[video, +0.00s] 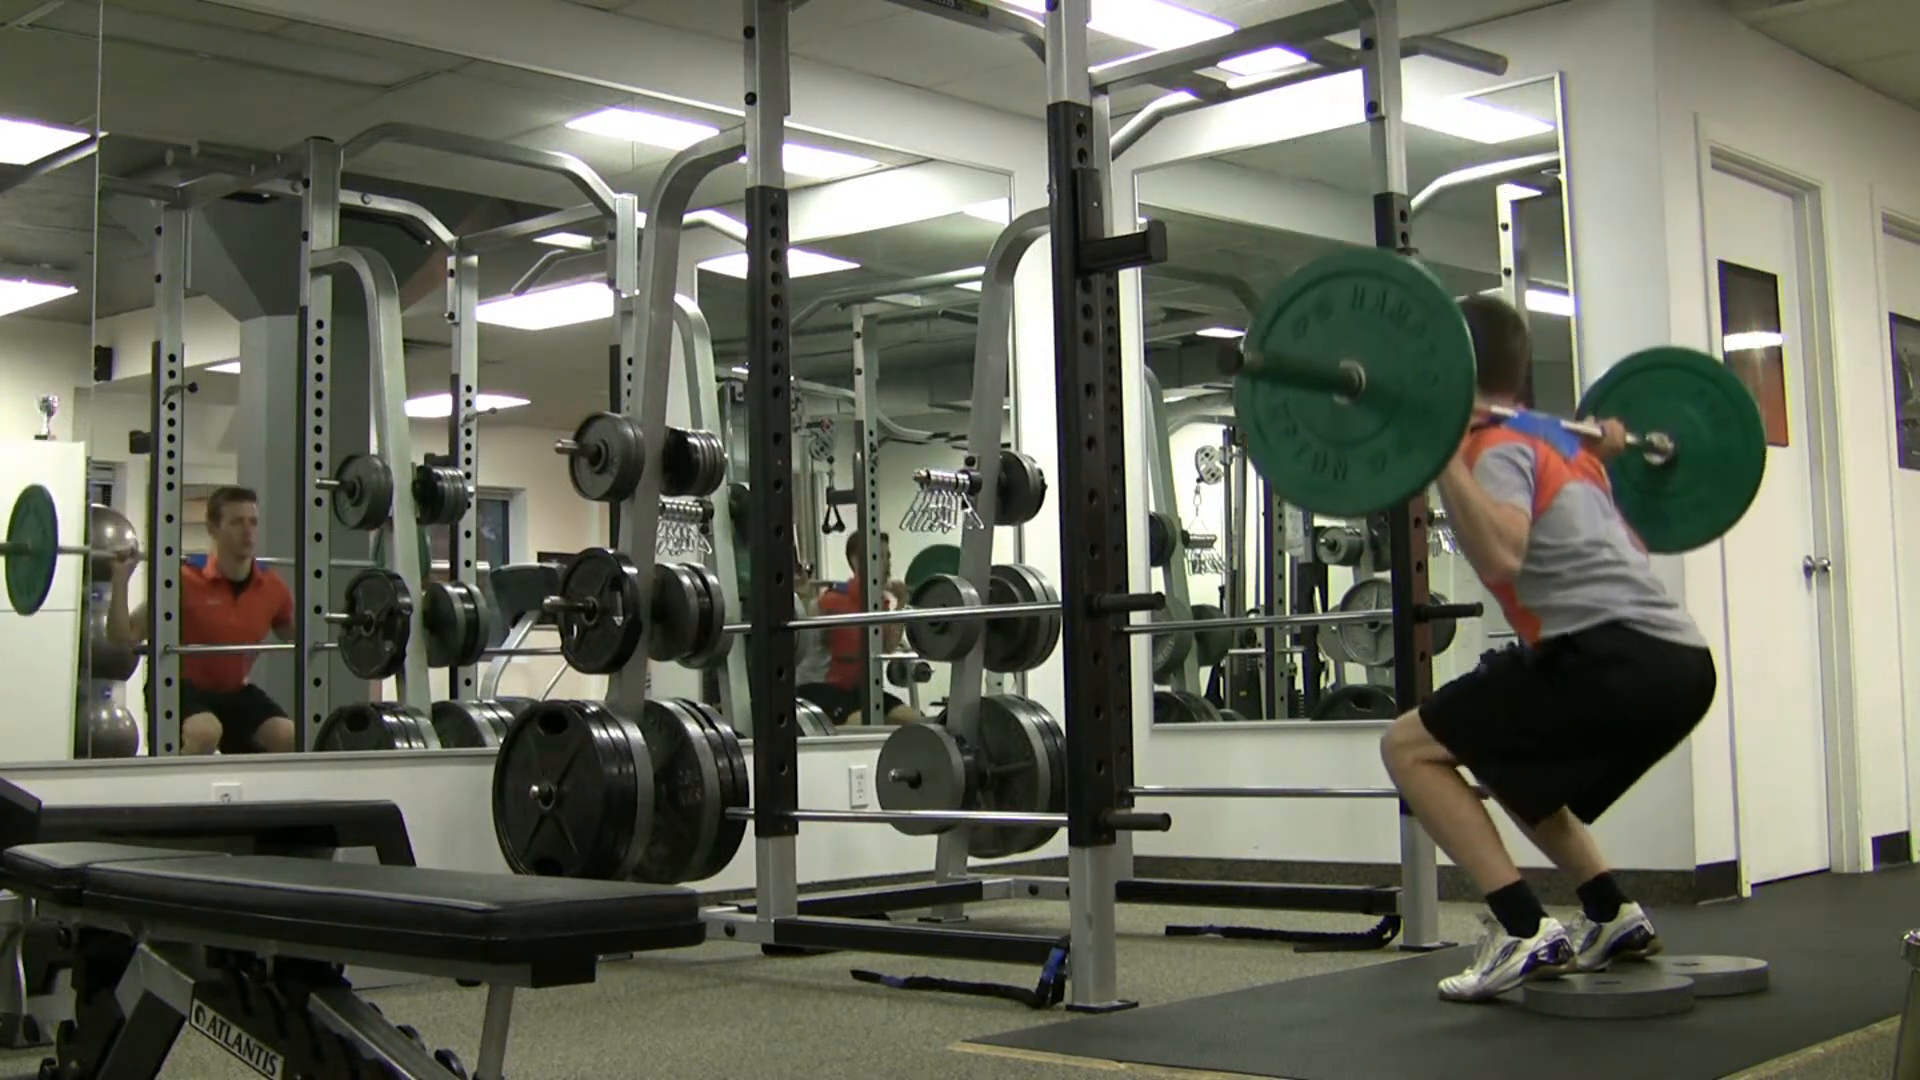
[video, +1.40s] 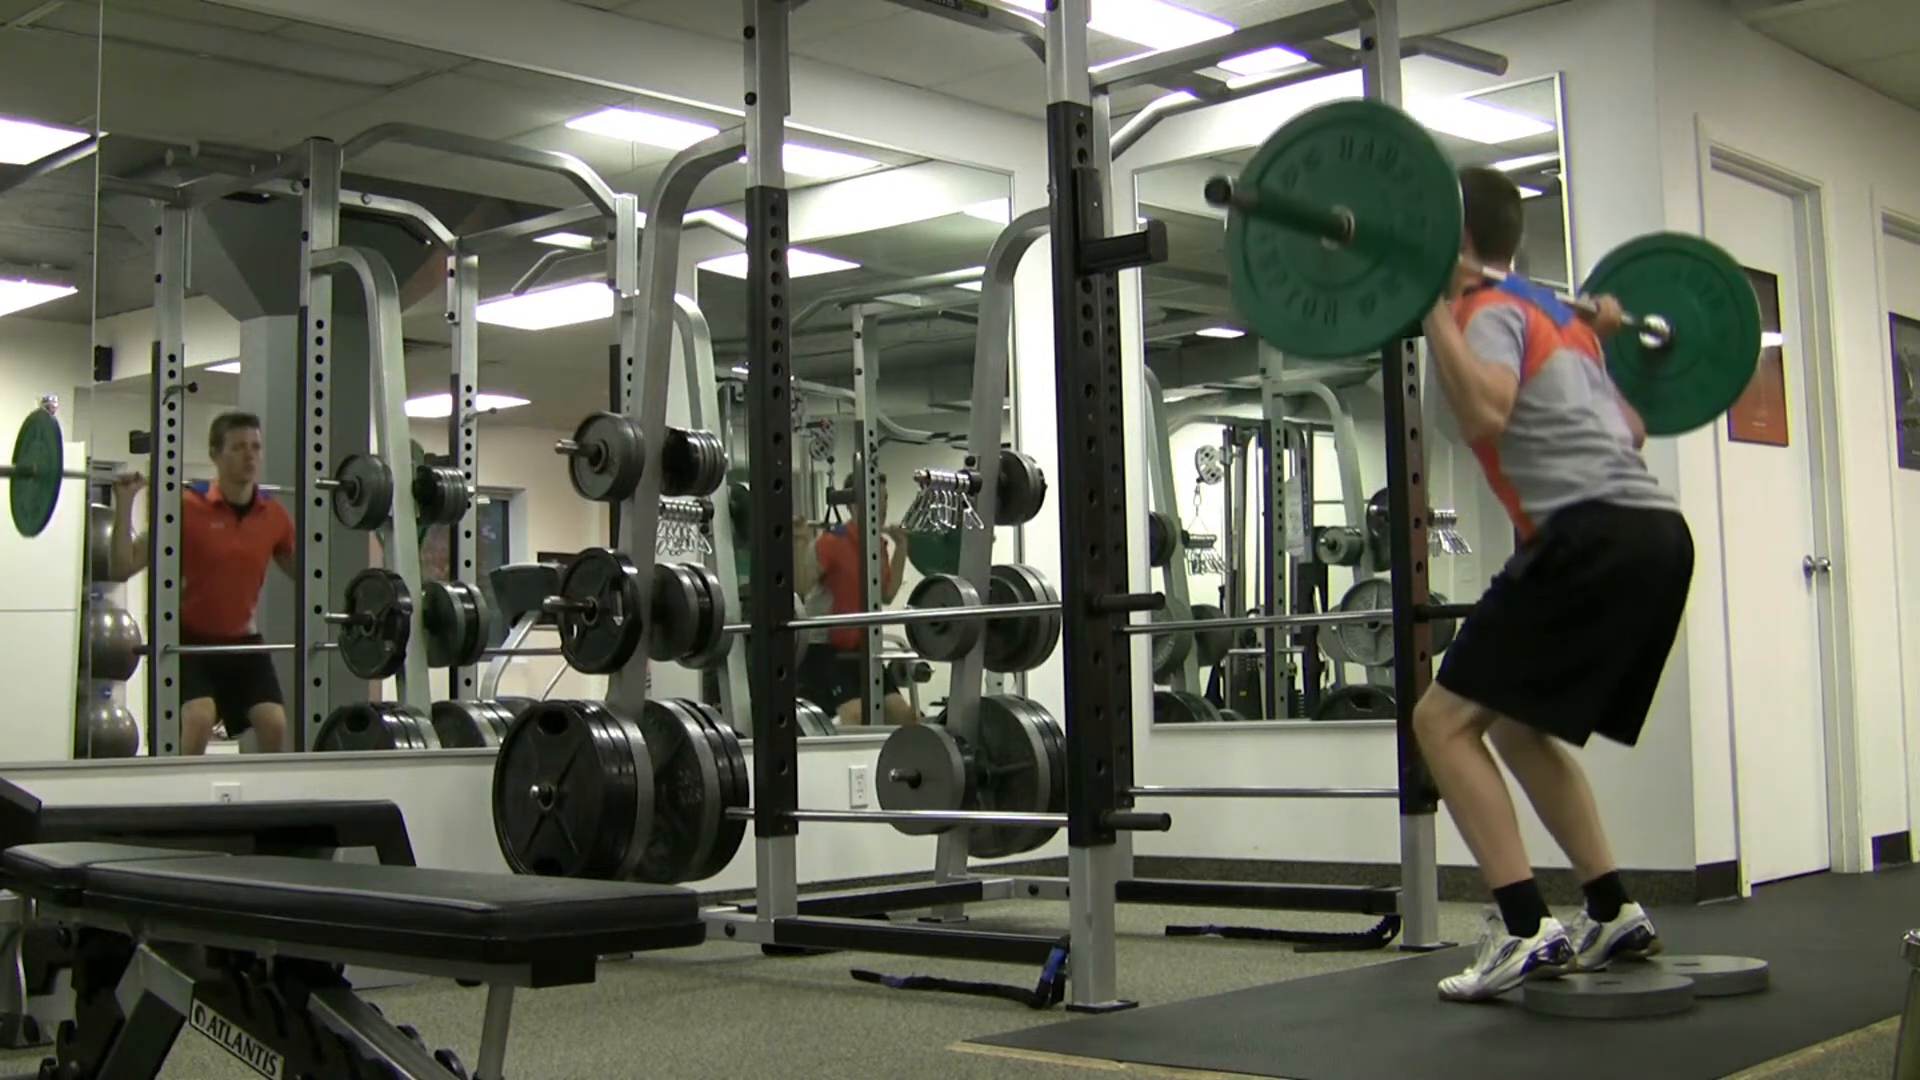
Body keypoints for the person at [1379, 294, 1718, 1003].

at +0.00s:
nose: (1435, 375)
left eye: (1439, 362)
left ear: (1450, 370)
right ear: (1523, 373)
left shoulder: (1498, 442)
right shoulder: (1566, 440)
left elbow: (1501, 559)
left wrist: (1441, 452)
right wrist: (1599, 453)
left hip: (1604, 658)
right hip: (1682, 666)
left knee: (1408, 747)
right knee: (1511, 771)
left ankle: (1524, 929)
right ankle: (1613, 913)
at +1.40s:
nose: (1435, 251)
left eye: (1436, 236)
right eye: (1439, 234)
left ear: (1453, 239)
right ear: (1515, 242)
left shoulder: (1490, 308)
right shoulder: (1563, 317)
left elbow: (1485, 416)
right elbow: (1628, 427)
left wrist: (1434, 310)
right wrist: (1601, 333)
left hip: (1588, 537)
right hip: (1655, 536)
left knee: (1440, 721)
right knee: (1516, 724)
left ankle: (1523, 929)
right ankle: (1614, 913)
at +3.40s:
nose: (1431, 273)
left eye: (1436, 257)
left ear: (1448, 261)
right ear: (1514, 263)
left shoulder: (1488, 331)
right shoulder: (1560, 341)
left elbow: (1485, 441)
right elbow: (1625, 449)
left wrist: (1433, 335)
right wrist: (1594, 352)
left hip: (1581, 560)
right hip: (1651, 566)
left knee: (1423, 731)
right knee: (1514, 737)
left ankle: (1524, 928)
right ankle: (1613, 912)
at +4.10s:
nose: (1425, 402)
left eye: (1430, 387)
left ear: (1443, 396)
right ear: (1514, 396)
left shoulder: (1494, 468)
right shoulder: (1560, 465)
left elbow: (1498, 582)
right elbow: (1623, 563)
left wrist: (1436, 480)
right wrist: (1593, 477)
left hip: (1609, 676)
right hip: (1681, 684)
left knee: (1406, 748)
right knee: (1508, 773)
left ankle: (1523, 929)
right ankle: (1612, 914)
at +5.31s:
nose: (1427, 292)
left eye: (1430, 278)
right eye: (1428, 279)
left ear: (1453, 284)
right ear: (1510, 287)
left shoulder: (1486, 349)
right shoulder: (1560, 364)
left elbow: (1481, 453)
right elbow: (1629, 464)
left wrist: (1422, 351)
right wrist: (1593, 373)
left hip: (1589, 570)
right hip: (1662, 571)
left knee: (1423, 733)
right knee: (1515, 741)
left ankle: (1523, 929)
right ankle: (1613, 912)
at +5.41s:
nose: (1431, 267)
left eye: (1434, 253)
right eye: (1434, 252)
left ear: (1454, 257)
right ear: (1511, 260)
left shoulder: (1484, 324)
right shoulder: (1561, 336)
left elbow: (1479, 429)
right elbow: (1628, 442)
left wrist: (1419, 322)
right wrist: (1597, 348)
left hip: (1586, 551)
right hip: (1656, 550)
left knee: (1430, 728)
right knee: (1514, 730)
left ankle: (1524, 930)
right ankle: (1614, 911)